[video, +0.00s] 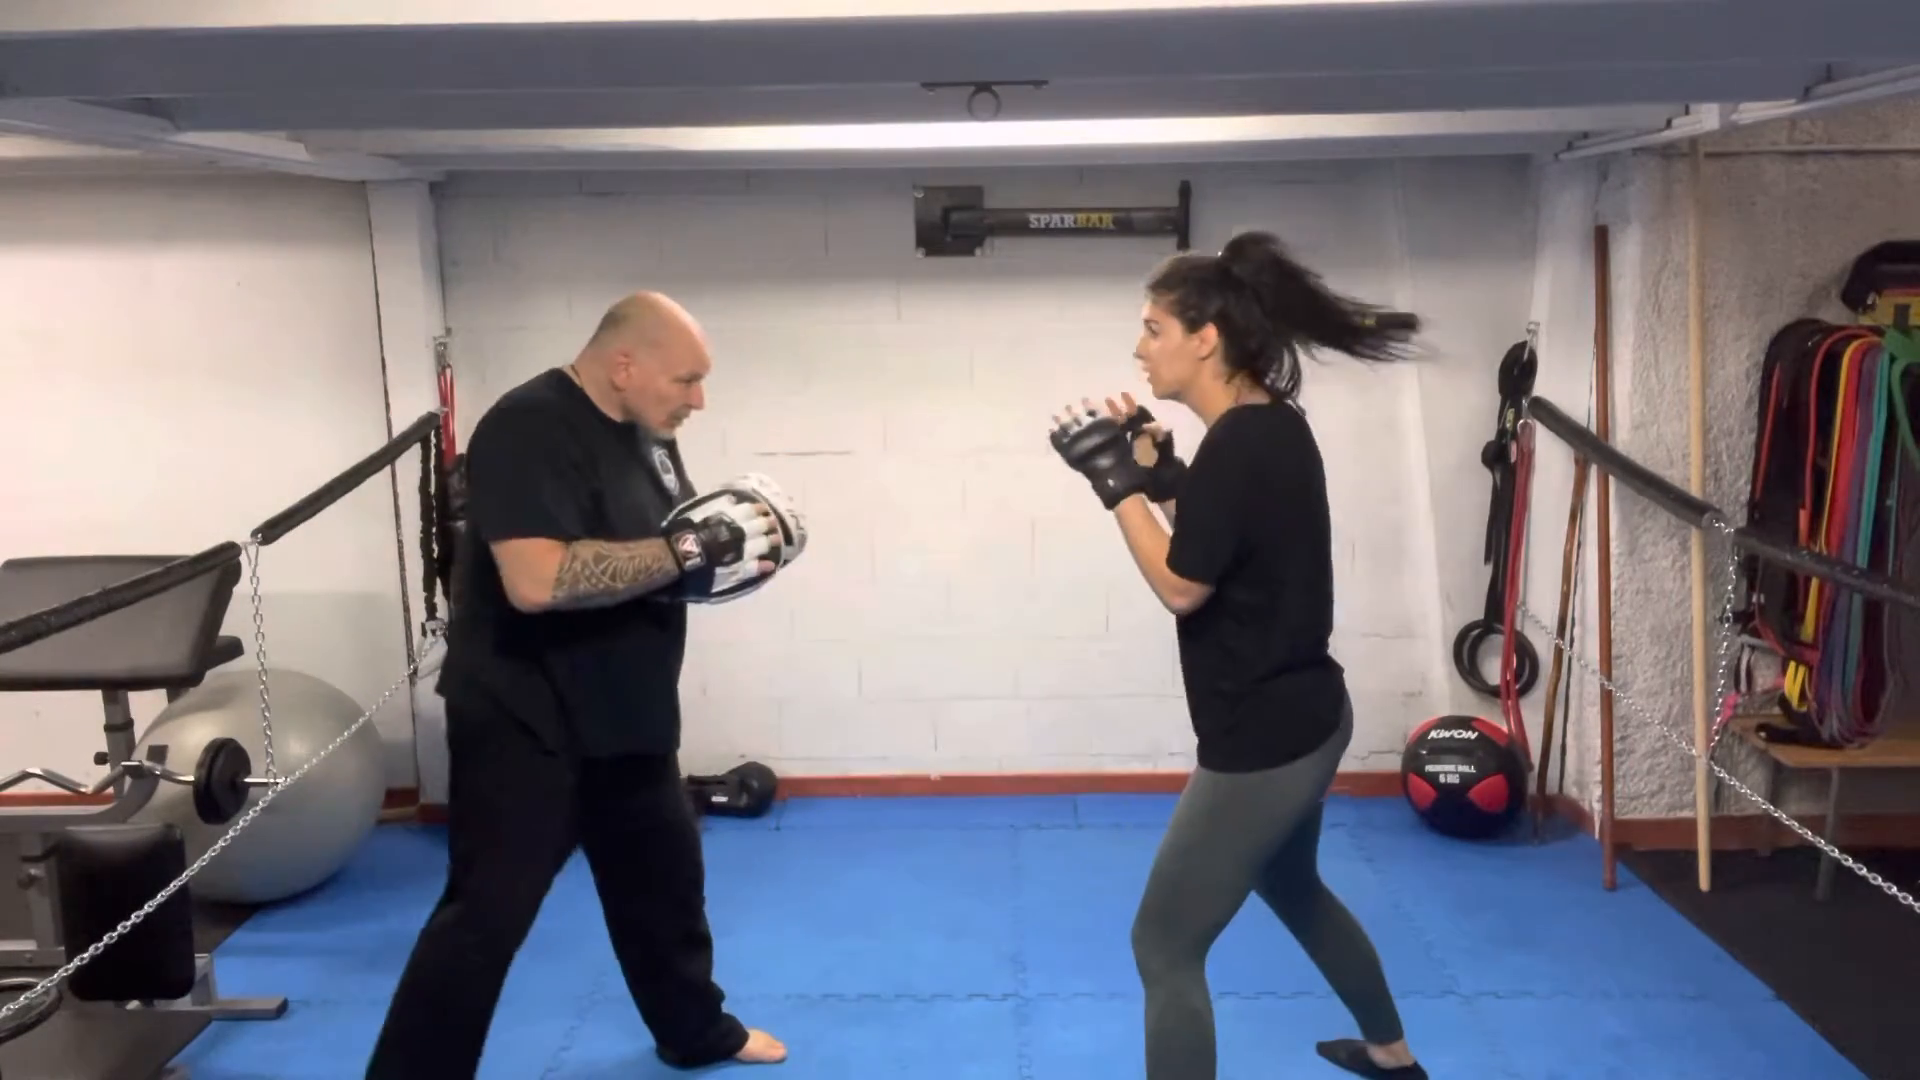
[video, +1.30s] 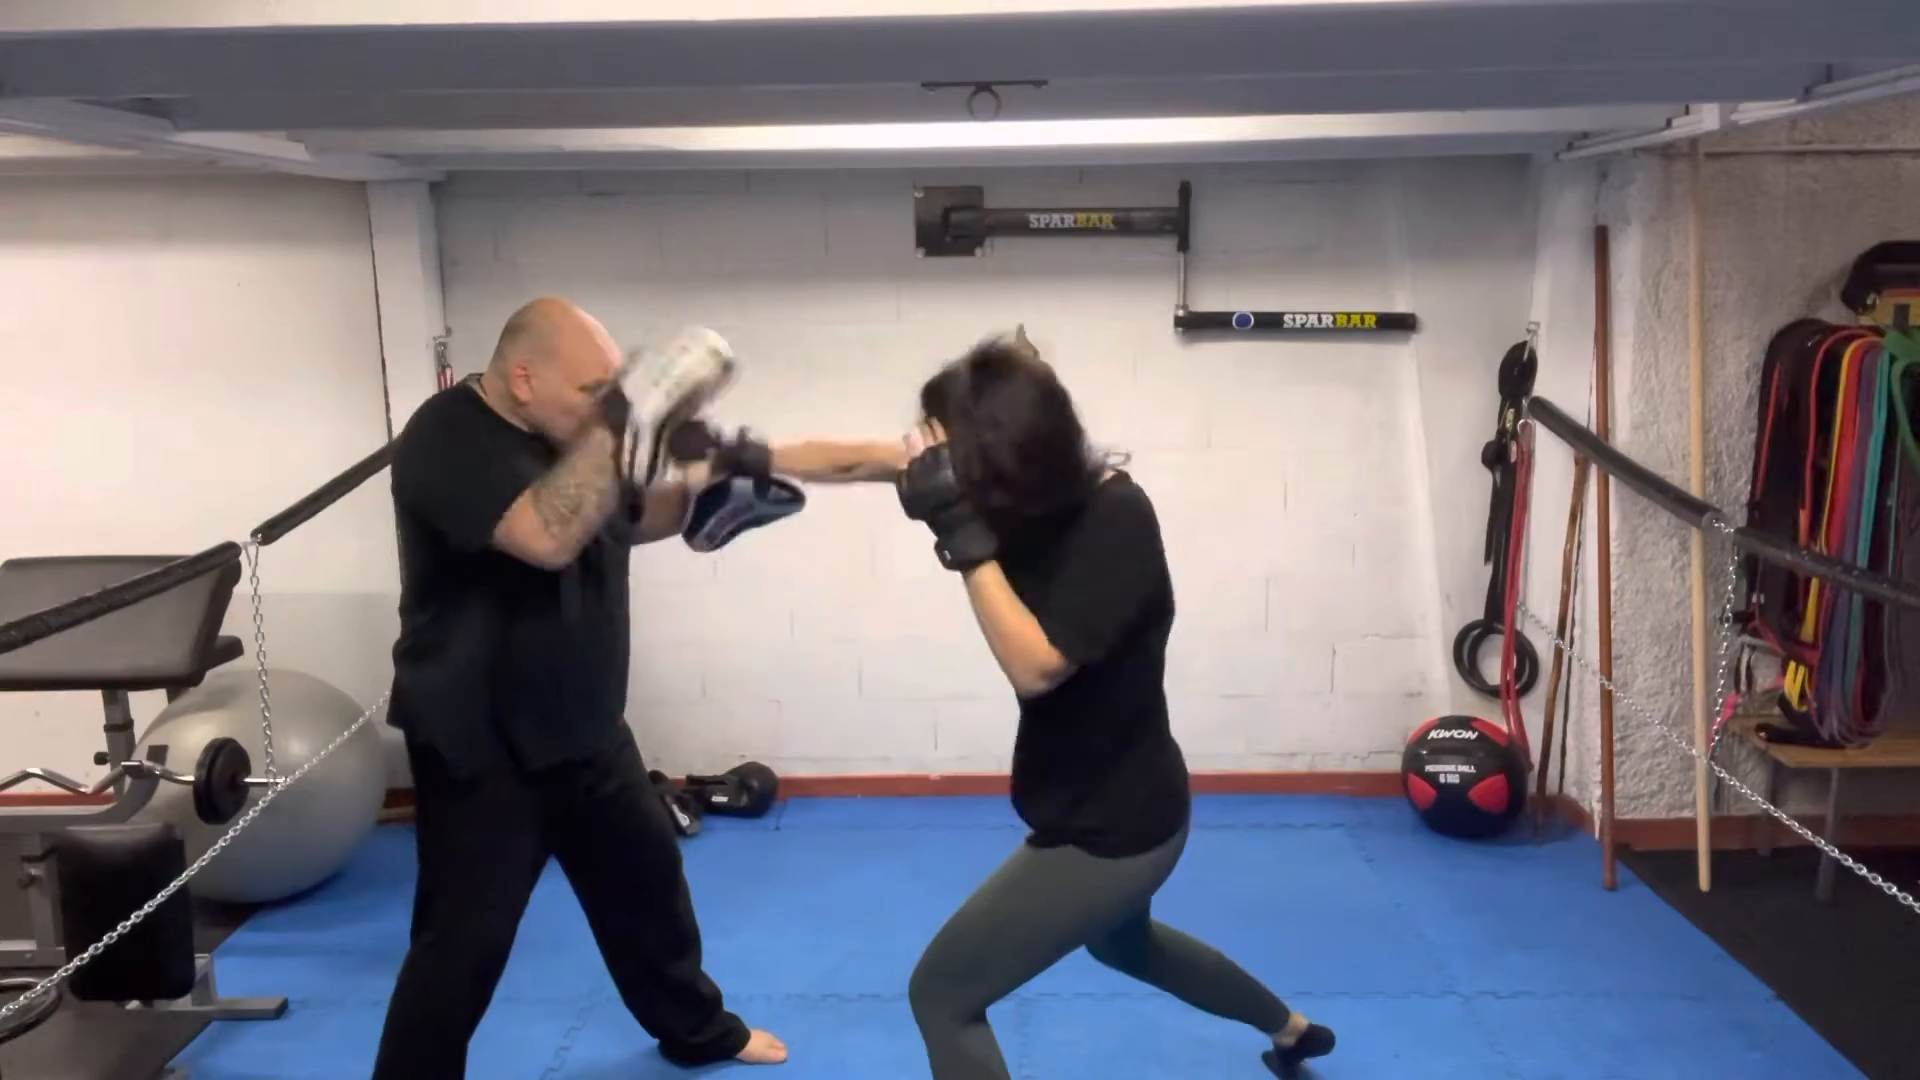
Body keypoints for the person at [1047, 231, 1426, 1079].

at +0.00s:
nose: (1140, 349)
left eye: (1152, 330)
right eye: (1143, 330)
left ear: (1206, 340)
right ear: (1208, 340)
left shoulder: (1239, 444)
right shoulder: (1276, 428)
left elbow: (1180, 586)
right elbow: (1234, 552)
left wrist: (1116, 485)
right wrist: (1167, 473)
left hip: (1259, 746)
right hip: (1308, 722)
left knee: (1165, 945)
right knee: (1292, 885)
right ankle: (1390, 1048)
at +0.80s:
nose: (1096, 421)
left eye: (1101, 402)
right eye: (1094, 403)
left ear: (1151, 399)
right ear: (1167, 390)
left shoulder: (1187, 474)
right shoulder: (1271, 453)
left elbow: (1145, 615)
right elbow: (1233, 560)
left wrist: (1100, 523)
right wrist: (1150, 487)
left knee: (1045, 935)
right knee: (1244, 886)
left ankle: (1058, 1079)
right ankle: (1326, 1064)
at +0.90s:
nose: (1086, 421)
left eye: (1087, 404)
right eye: (1081, 405)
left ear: (1130, 400)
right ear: (1189, 384)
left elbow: (1017, 550)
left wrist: (984, 478)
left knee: (1038, 963)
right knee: (1259, 891)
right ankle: (1326, 1062)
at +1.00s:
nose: (1062, 422)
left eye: (1064, 406)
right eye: (1061, 406)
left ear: (1090, 403)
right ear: (1166, 391)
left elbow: (920, 467)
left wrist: (830, 423)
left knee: (1002, 979)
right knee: (1236, 900)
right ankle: (1318, 1063)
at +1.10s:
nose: (1014, 439)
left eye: (1014, 422)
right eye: (1009, 422)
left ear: (1045, 418)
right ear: (1114, 399)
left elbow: (909, 544)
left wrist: (846, 455)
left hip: (1111, 822)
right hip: (1199, 799)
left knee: (961, 985)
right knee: (1170, 912)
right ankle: (1303, 1052)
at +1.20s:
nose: (946, 449)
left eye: (954, 434)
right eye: (944, 433)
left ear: (1007, 437)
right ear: (1039, 423)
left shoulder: (1082, 529)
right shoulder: (1112, 496)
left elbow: (976, 644)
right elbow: (1047, 554)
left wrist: (934, 520)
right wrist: (981, 495)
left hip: (1103, 841)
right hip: (1147, 808)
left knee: (938, 990)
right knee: (1126, 930)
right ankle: (1286, 1032)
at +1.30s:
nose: (928, 460)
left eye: (938, 451)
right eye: (928, 448)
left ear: (993, 458)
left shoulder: (1116, 523)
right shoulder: (1015, 493)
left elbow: (1034, 666)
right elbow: (864, 461)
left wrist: (962, 533)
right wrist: (737, 458)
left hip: (1115, 833)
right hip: (1094, 809)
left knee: (942, 995)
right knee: (1125, 944)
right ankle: (1290, 1029)